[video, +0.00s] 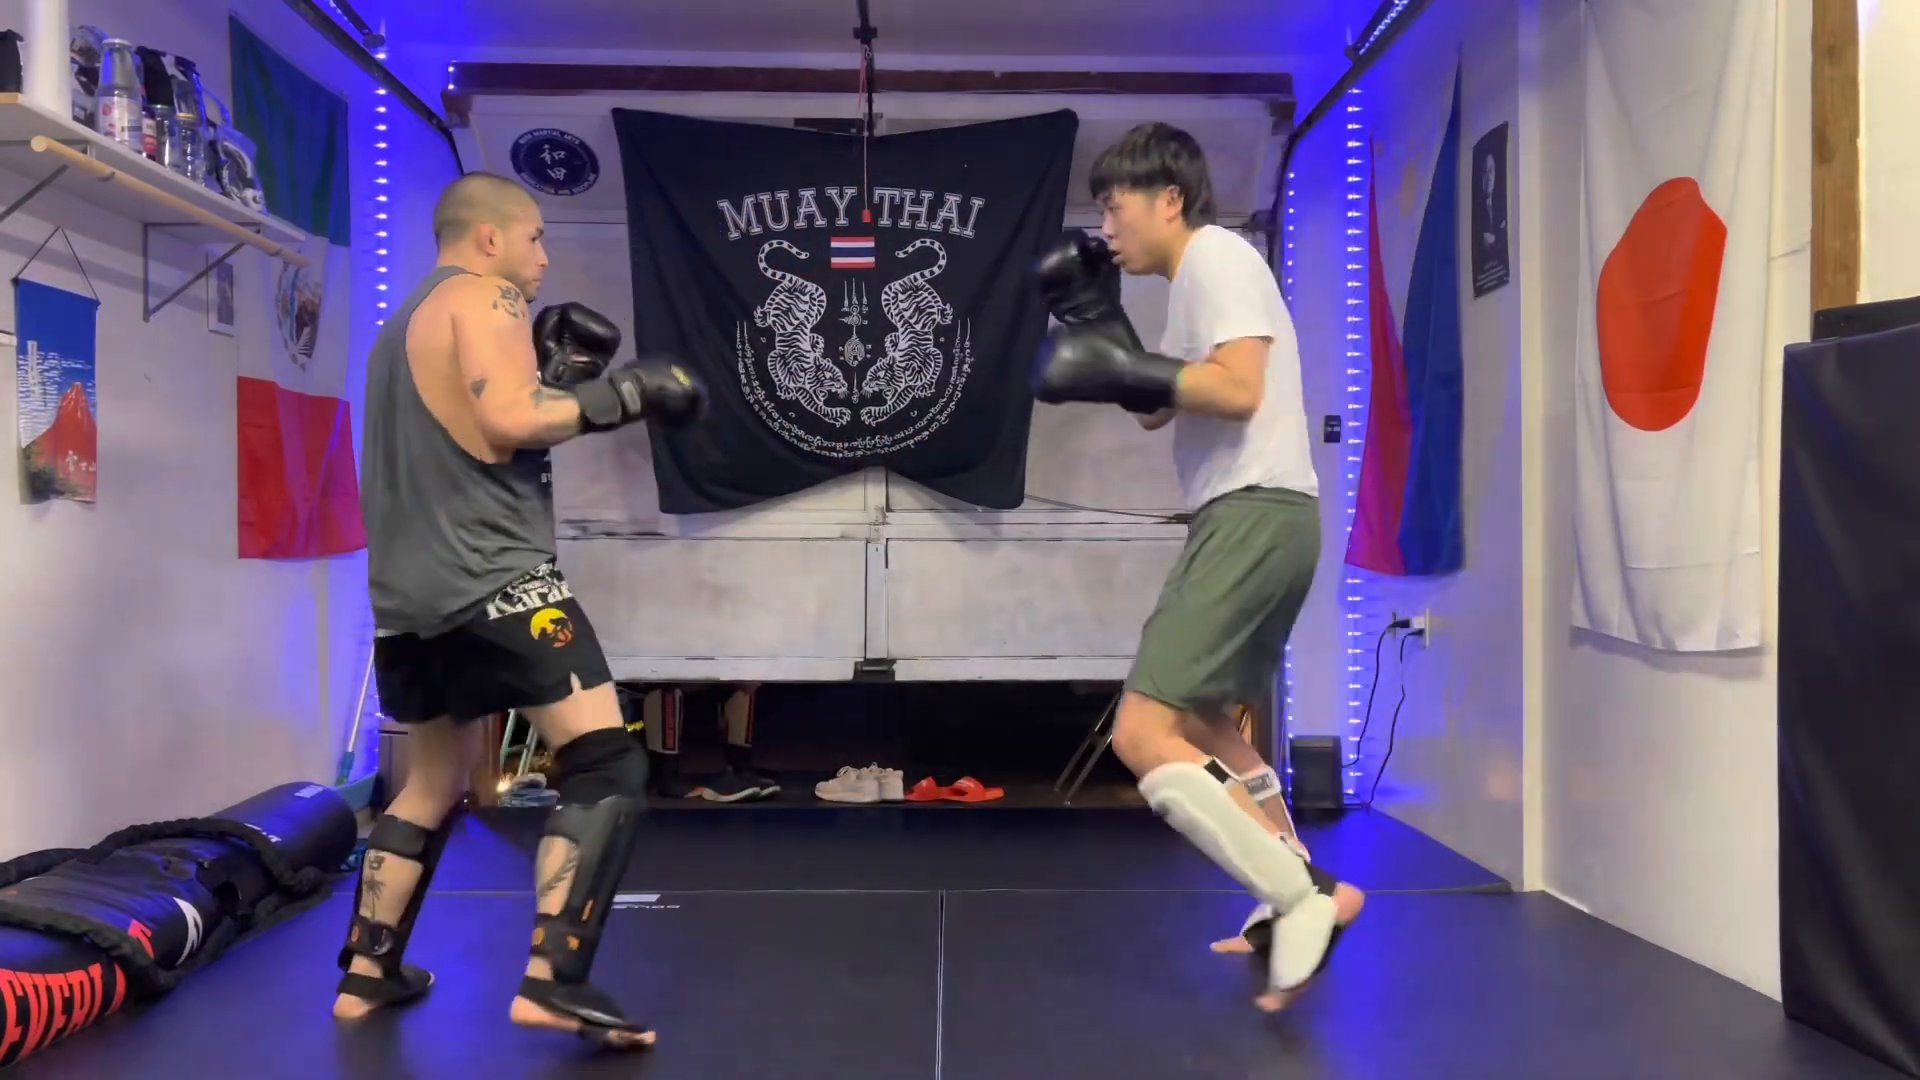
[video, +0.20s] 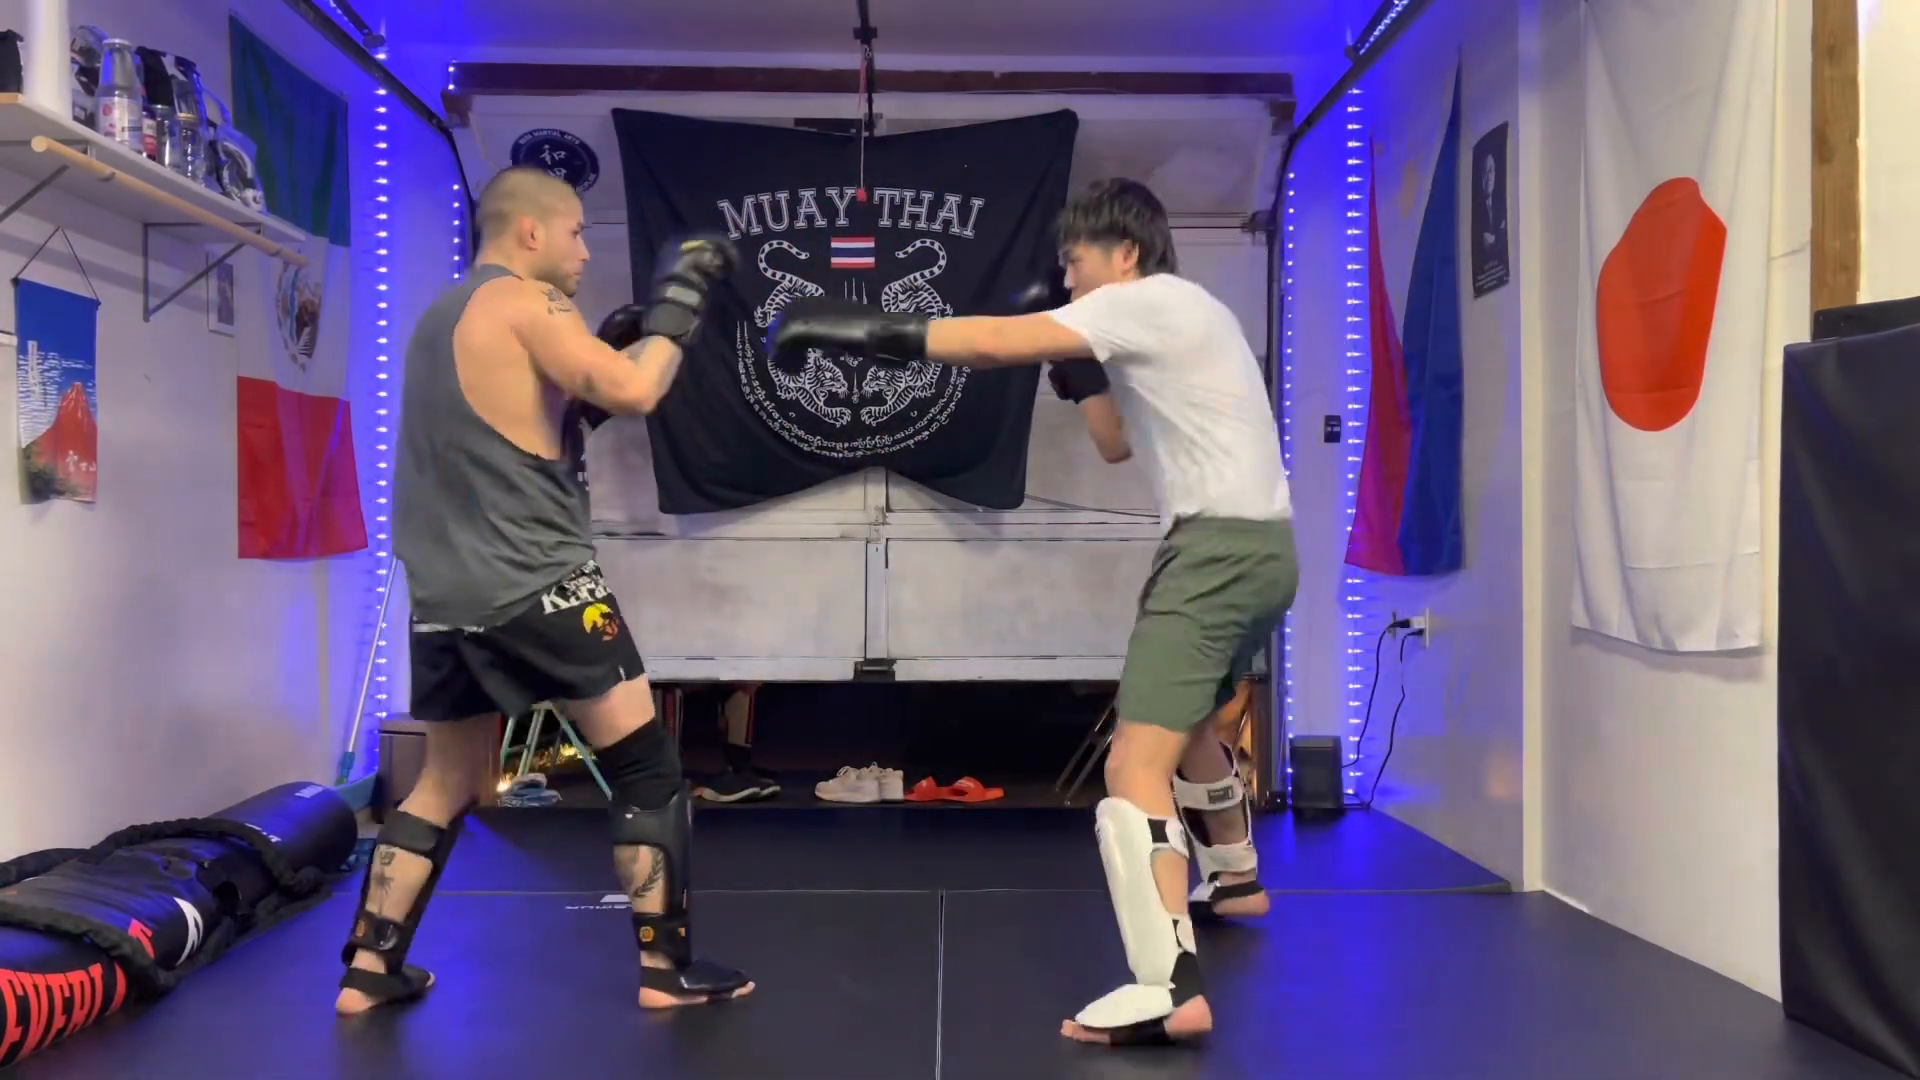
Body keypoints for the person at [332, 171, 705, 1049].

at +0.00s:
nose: (543, 256)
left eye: (542, 238)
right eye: (533, 238)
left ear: (461, 246)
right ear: (488, 238)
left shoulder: (407, 324)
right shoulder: (486, 302)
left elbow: (464, 445)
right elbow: (508, 420)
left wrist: (550, 379)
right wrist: (625, 397)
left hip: (409, 596)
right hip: (497, 582)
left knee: (429, 778)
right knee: (604, 762)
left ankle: (368, 968)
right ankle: (555, 975)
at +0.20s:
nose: (584, 249)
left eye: (582, 232)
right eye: (575, 232)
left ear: (506, 236)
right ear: (530, 233)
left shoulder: (441, 315)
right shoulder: (529, 306)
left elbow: (520, 424)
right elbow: (637, 387)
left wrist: (608, 351)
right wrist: (685, 302)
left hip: (442, 599)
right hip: (542, 588)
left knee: (447, 778)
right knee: (644, 766)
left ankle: (369, 968)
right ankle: (665, 968)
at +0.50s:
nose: (578, 253)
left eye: (576, 237)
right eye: (570, 237)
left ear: (499, 239)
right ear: (526, 237)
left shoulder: (432, 322)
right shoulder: (514, 321)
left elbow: (500, 442)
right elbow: (579, 446)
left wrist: (584, 378)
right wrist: (668, 367)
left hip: (435, 590)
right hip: (521, 584)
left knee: (432, 761)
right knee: (617, 763)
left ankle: (337, 927)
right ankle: (663, 964)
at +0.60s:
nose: (552, 278)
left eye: (550, 263)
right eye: (543, 263)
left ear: (476, 267)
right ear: (501, 267)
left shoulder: (421, 345)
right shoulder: (479, 349)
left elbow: (502, 462)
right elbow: (490, 483)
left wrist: (558, 375)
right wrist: (602, 452)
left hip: (412, 610)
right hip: (480, 607)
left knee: (422, 784)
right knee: (609, 769)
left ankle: (327, 939)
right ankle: (663, 966)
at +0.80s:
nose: (502, 272)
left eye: (500, 257)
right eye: (491, 257)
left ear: (439, 265)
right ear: (444, 264)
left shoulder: (423, 346)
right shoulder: (395, 339)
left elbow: (457, 461)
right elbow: (402, 460)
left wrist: (517, 395)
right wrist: (517, 420)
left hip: (364, 595)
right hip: (378, 593)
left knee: (406, 768)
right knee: (491, 747)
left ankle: (324, 938)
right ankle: (548, 968)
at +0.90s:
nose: (481, 248)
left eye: (480, 233)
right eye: (470, 232)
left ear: (419, 239)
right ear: (417, 236)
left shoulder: (410, 329)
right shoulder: (364, 310)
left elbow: (466, 443)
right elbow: (399, 425)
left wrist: (521, 371)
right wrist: (485, 363)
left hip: (346, 564)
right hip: (348, 563)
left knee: (385, 756)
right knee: (445, 743)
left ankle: (321, 941)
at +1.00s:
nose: (456, 232)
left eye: (455, 217)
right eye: (444, 215)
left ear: (394, 220)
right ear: (389, 217)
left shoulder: (385, 317)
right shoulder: (330, 294)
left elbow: (455, 427)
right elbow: (411, 397)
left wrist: (514, 348)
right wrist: (477, 306)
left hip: (373, 562)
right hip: (321, 556)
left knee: (373, 760)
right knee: (360, 756)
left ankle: (321, 938)